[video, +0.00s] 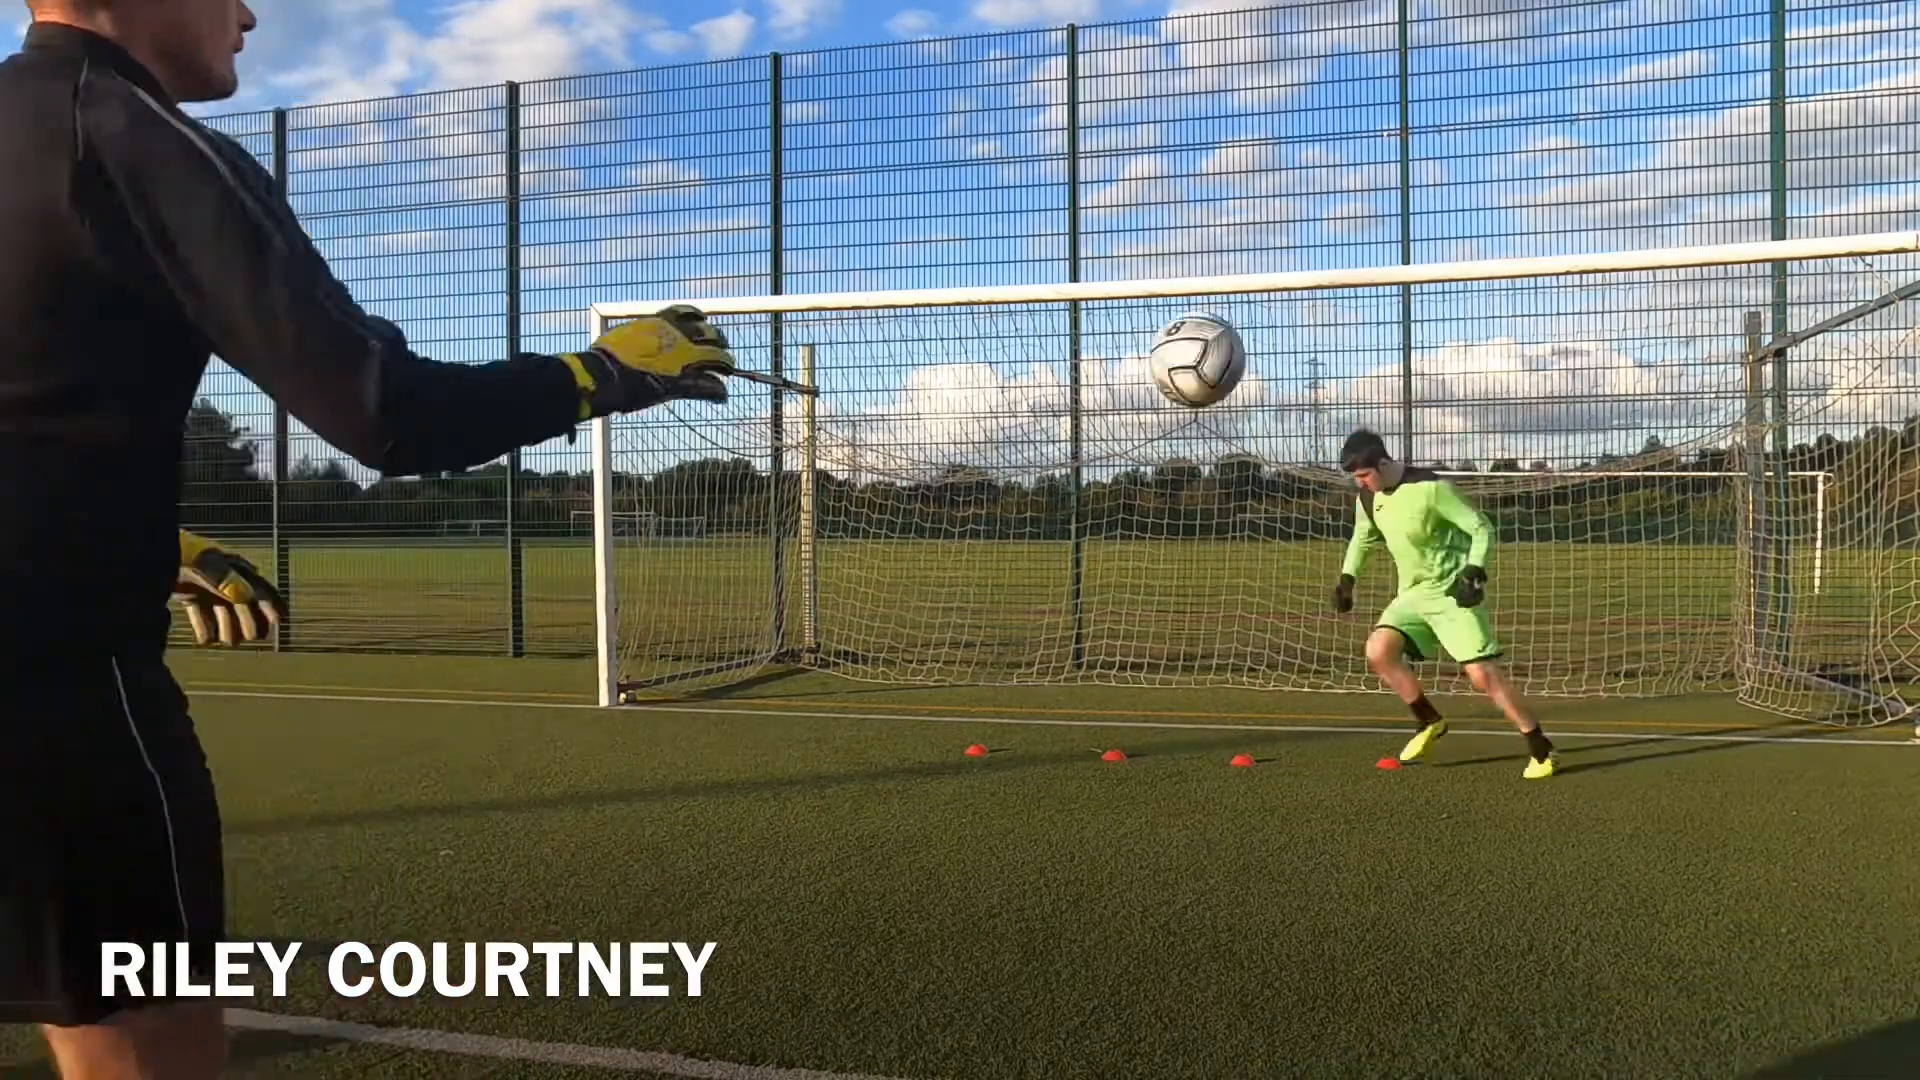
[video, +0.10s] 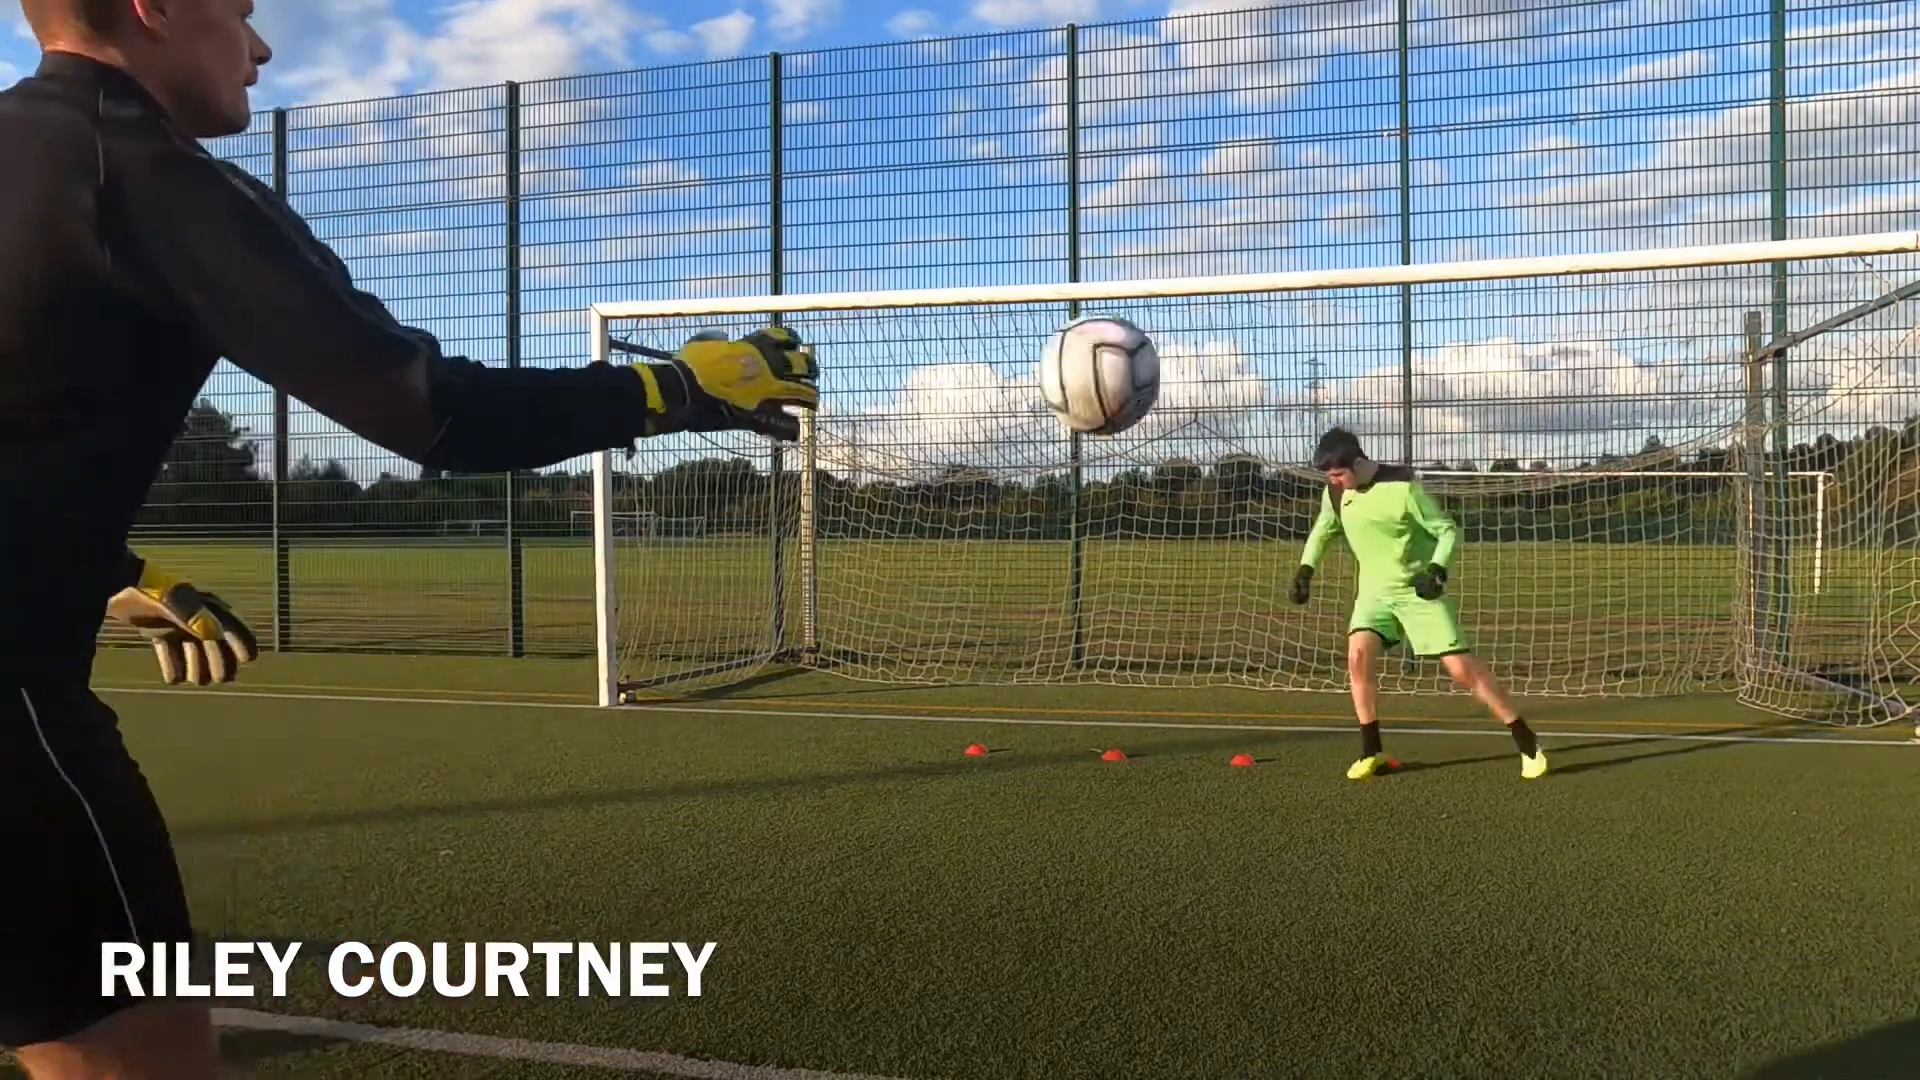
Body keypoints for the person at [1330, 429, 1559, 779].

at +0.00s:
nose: (1360, 483)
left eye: (1364, 474)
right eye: (1355, 477)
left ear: (1383, 462)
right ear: (1355, 474)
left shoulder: (1431, 489)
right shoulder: (1367, 498)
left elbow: (1481, 528)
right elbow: (1363, 537)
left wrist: (1474, 571)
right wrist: (1346, 579)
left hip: (1452, 592)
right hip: (1410, 597)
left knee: (1482, 674)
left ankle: (1542, 749)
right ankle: (1430, 721)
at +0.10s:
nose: (1333, 480)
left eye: (1338, 471)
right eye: (1329, 473)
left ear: (1358, 460)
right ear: (1328, 471)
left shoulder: (1405, 490)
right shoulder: (1335, 493)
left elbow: (1448, 529)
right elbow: (1323, 530)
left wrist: (1436, 568)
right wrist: (1305, 570)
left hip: (1419, 596)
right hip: (1372, 599)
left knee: (1462, 669)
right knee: (1357, 656)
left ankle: (1526, 740)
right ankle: (1372, 751)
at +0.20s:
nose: (1304, 477)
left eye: (1309, 469)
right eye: (1299, 471)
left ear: (1329, 458)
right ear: (1296, 467)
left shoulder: (1371, 485)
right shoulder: (1301, 487)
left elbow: (1411, 530)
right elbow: (1284, 520)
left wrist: (1398, 563)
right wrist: (1278, 558)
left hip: (1384, 580)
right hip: (1338, 587)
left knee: (1415, 649)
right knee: (1355, 654)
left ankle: (1434, 714)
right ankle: (1374, 752)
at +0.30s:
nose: (1264, 473)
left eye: (1269, 465)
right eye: (1259, 466)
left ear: (1288, 455)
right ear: (1256, 464)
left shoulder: (1333, 480)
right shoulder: (1263, 483)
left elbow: (1374, 524)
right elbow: (1261, 517)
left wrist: (1366, 562)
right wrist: (1254, 557)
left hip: (1349, 567)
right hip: (1306, 573)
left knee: (1363, 660)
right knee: (1319, 644)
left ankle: (1364, 714)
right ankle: (1334, 734)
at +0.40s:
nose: (1226, 475)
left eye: (1231, 468)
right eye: (1221, 469)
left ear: (1251, 458)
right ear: (1218, 466)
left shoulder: (1293, 486)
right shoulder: (1229, 487)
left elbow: (1343, 519)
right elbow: (1232, 523)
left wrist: (1349, 564)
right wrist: (1227, 565)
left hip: (1313, 584)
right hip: (1269, 584)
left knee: (1328, 665)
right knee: (1261, 653)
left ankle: (1347, 733)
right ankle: (1268, 709)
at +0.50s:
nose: (1183, 470)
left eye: (1189, 463)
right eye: (1179, 465)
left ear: (1208, 452)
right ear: (1178, 462)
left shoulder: (1252, 478)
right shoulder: (1189, 484)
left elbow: (1303, 501)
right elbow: (1191, 525)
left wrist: (1332, 540)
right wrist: (1195, 559)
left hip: (1265, 585)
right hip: (1224, 588)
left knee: (1279, 673)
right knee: (1218, 671)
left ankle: (1325, 717)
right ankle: (1214, 732)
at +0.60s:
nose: (1141, 468)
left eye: (1145, 461)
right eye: (1137, 463)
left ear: (1164, 449)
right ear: (1137, 459)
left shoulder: (1212, 474)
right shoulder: (1150, 481)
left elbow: (1265, 491)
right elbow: (1158, 523)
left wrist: (1292, 530)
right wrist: (1160, 558)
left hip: (1222, 573)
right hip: (1185, 579)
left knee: (1205, 651)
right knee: (1181, 663)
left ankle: (1229, 722)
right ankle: (1209, 719)